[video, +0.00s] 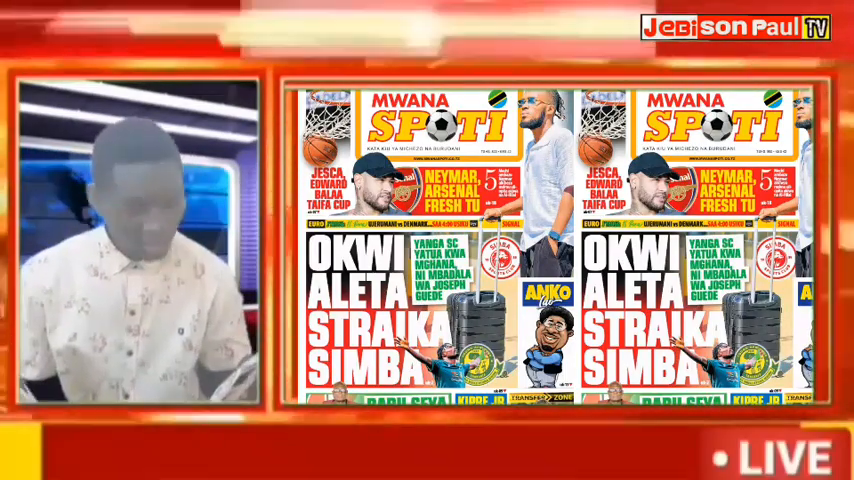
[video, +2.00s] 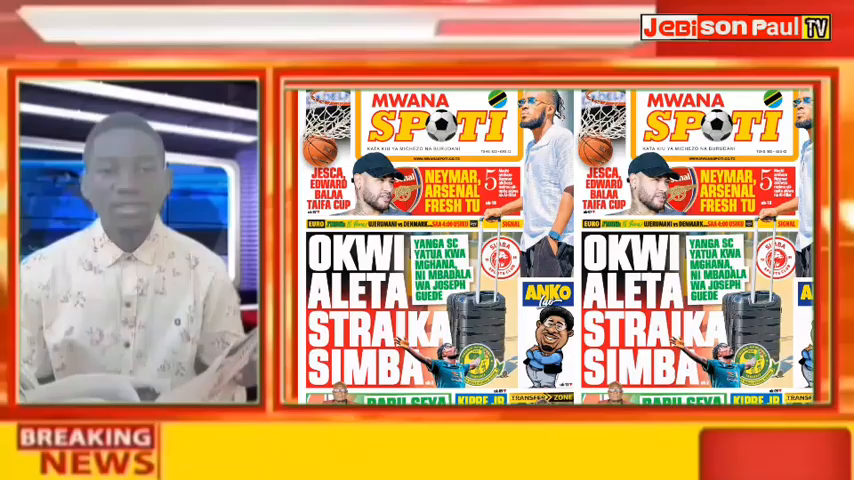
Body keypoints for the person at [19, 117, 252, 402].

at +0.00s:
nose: (155, 224)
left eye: (169, 205)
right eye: (137, 207)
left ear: (184, 195)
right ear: (95, 198)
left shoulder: (213, 278)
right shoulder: (45, 276)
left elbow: (230, 387)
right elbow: (42, 393)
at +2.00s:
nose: (127, 184)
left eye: (145, 169)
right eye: (107, 170)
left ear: (167, 181)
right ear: (85, 186)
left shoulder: (206, 272)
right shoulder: (40, 274)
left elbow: (232, 386)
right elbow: (20, 390)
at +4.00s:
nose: (135, 202)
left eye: (152, 185)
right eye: (119, 185)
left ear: (181, 187)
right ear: (94, 190)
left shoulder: (223, 277)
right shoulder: (55, 280)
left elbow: (251, 386)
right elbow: (46, 399)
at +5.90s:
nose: (131, 224)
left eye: (147, 206)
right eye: (114, 206)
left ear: (175, 192)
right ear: (92, 194)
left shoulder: (215, 275)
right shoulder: (56, 280)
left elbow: (246, 379)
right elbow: (44, 400)